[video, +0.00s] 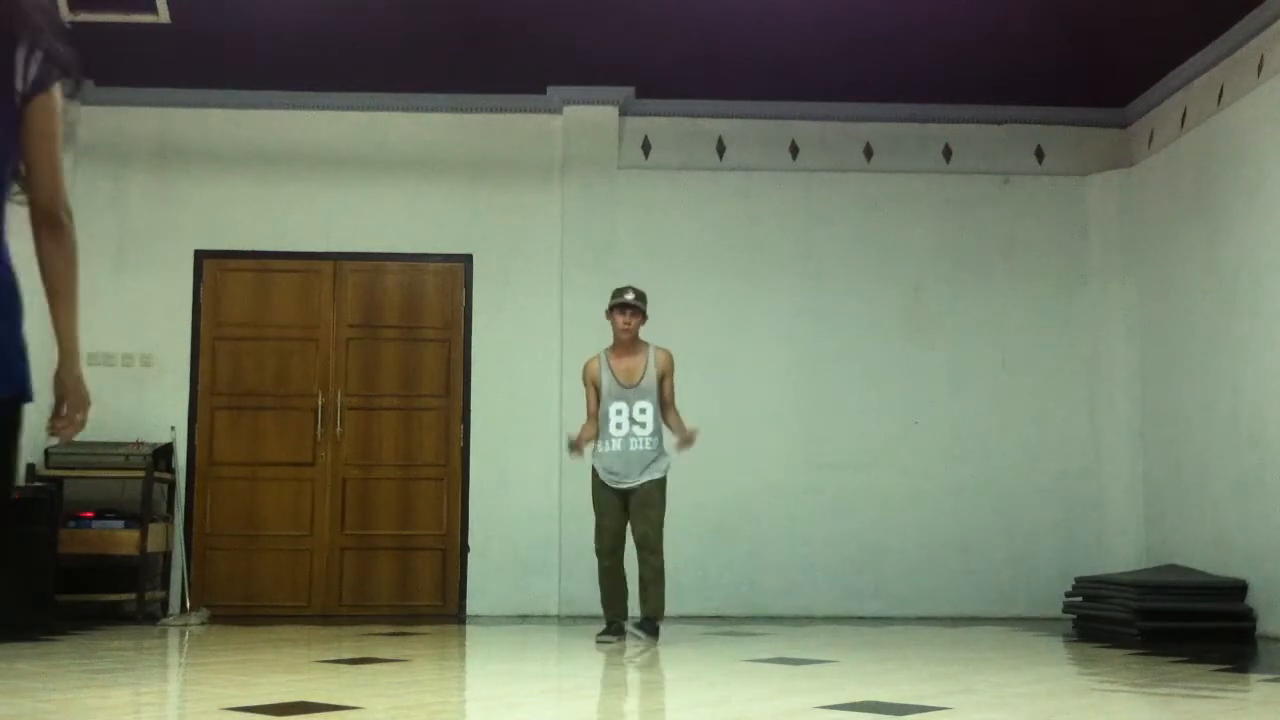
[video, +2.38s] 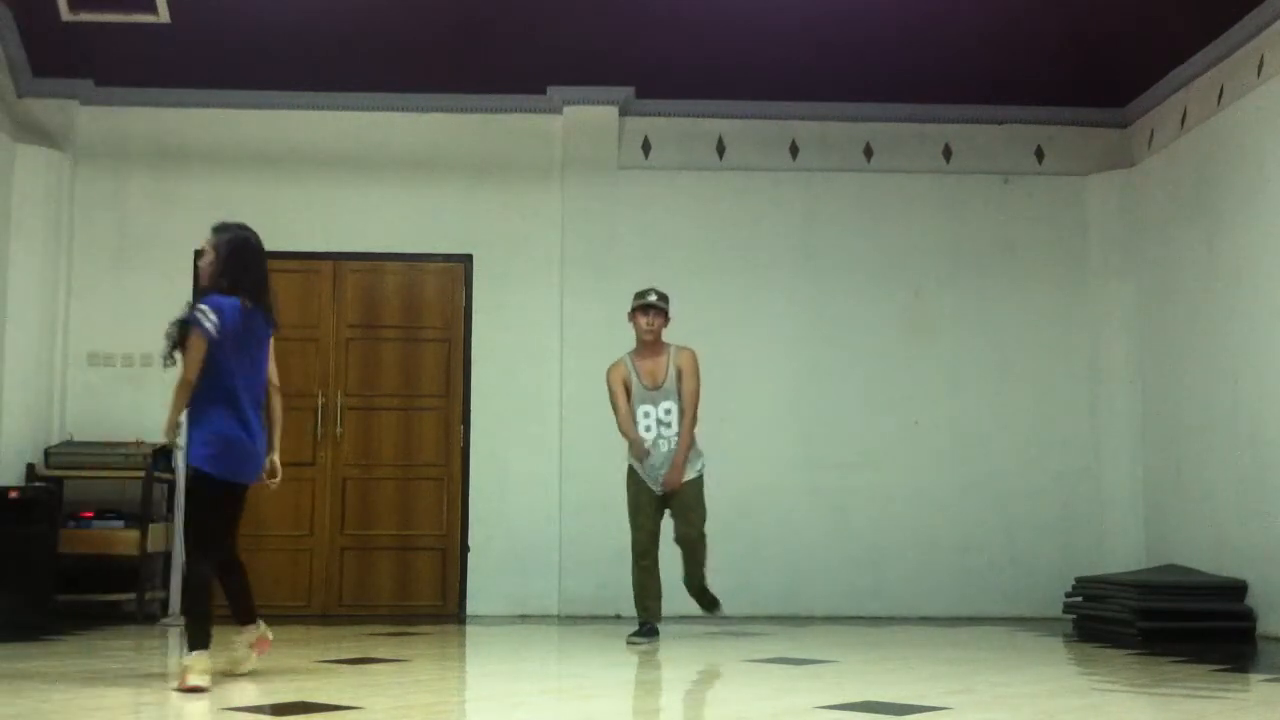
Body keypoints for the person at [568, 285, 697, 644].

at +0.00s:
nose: (626, 317)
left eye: (634, 312)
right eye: (620, 311)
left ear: (643, 318)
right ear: (610, 316)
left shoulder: (660, 359)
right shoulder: (594, 367)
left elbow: (668, 407)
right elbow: (592, 419)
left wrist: (681, 431)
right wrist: (582, 438)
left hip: (648, 472)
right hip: (607, 473)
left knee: (648, 546)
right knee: (608, 550)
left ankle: (650, 621)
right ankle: (614, 622)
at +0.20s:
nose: (636, 325)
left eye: (643, 320)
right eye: (630, 318)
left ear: (651, 325)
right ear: (618, 319)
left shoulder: (660, 366)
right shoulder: (595, 365)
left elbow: (676, 416)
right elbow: (580, 419)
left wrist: (707, 394)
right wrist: (567, 392)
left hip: (653, 472)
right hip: (609, 473)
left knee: (663, 540)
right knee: (609, 549)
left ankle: (676, 615)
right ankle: (614, 624)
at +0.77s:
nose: (668, 335)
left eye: (676, 329)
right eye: (663, 328)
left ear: (685, 335)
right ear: (653, 330)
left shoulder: (695, 376)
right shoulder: (631, 372)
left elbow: (720, 421)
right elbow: (604, 413)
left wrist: (742, 388)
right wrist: (594, 373)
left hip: (689, 484)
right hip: (643, 482)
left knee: (714, 548)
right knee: (624, 547)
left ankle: (716, 621)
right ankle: (615, 623)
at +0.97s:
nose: (678, 328)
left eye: (687, 323)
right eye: (674, 321)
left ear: (699, 328)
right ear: (667, 324)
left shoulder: (713, 366)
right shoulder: (649, 358)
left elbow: (748, 399)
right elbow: (604, 383)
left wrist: (761, 431)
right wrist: (609, 405)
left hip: (698, 480)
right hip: (652, 476)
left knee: (714, 550)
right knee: (631, 546)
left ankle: (716, 619)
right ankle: (616, 622)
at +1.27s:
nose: (704, 326)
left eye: (712, 321)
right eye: (700, 320)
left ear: (727, 327)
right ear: (694, 324)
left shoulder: (739, 374)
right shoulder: (675, 361)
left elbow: (748, 427)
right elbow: (635, 401)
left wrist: (748, 475)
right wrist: (624, 451)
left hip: (716, 483)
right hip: (670, 477)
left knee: (726, 553)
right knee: (641, 547)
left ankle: (718, 621)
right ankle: (620, 618)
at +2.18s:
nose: (657, 320)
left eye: (665, 314)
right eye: (651, 313)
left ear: (674, 320)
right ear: (641, 319)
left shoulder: (693, 358)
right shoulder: (630, 373)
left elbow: (701, 416)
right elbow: (628, 430)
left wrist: (697, 467)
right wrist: (624, 483)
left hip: (694, 475)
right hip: (650, 477)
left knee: (711, 551)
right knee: (646, 552)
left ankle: (718, 620)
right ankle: (648, 622)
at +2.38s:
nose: (650, 320)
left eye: (656, 314)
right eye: (643, 313)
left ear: (666, 320)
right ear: (632, 319)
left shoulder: (684, 358)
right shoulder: (619, 371)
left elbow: (689, 415)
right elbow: (623, 416)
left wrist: (678, 464)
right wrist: (634, 439)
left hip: (684, 464)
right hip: (643, 469)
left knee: (692, 534)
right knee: (643, 546)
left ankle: (696, 584)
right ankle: (648, 620)